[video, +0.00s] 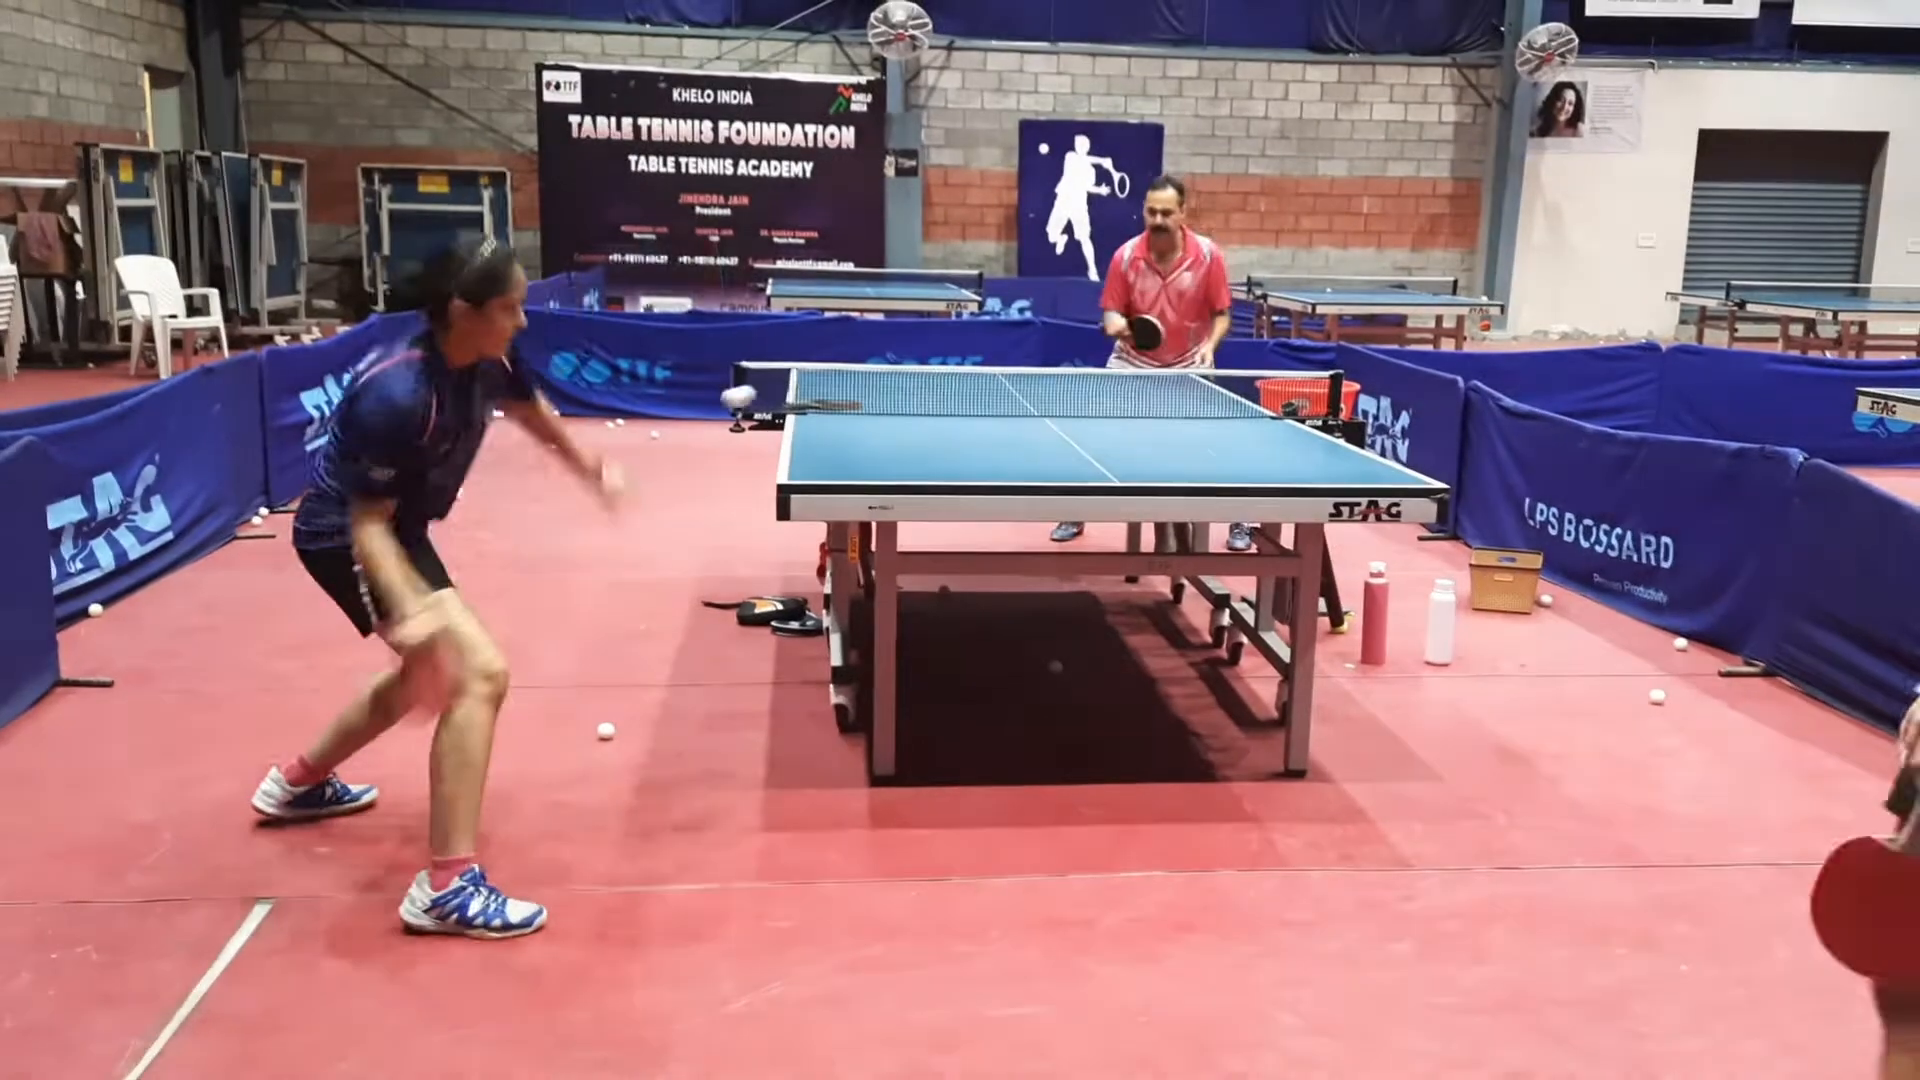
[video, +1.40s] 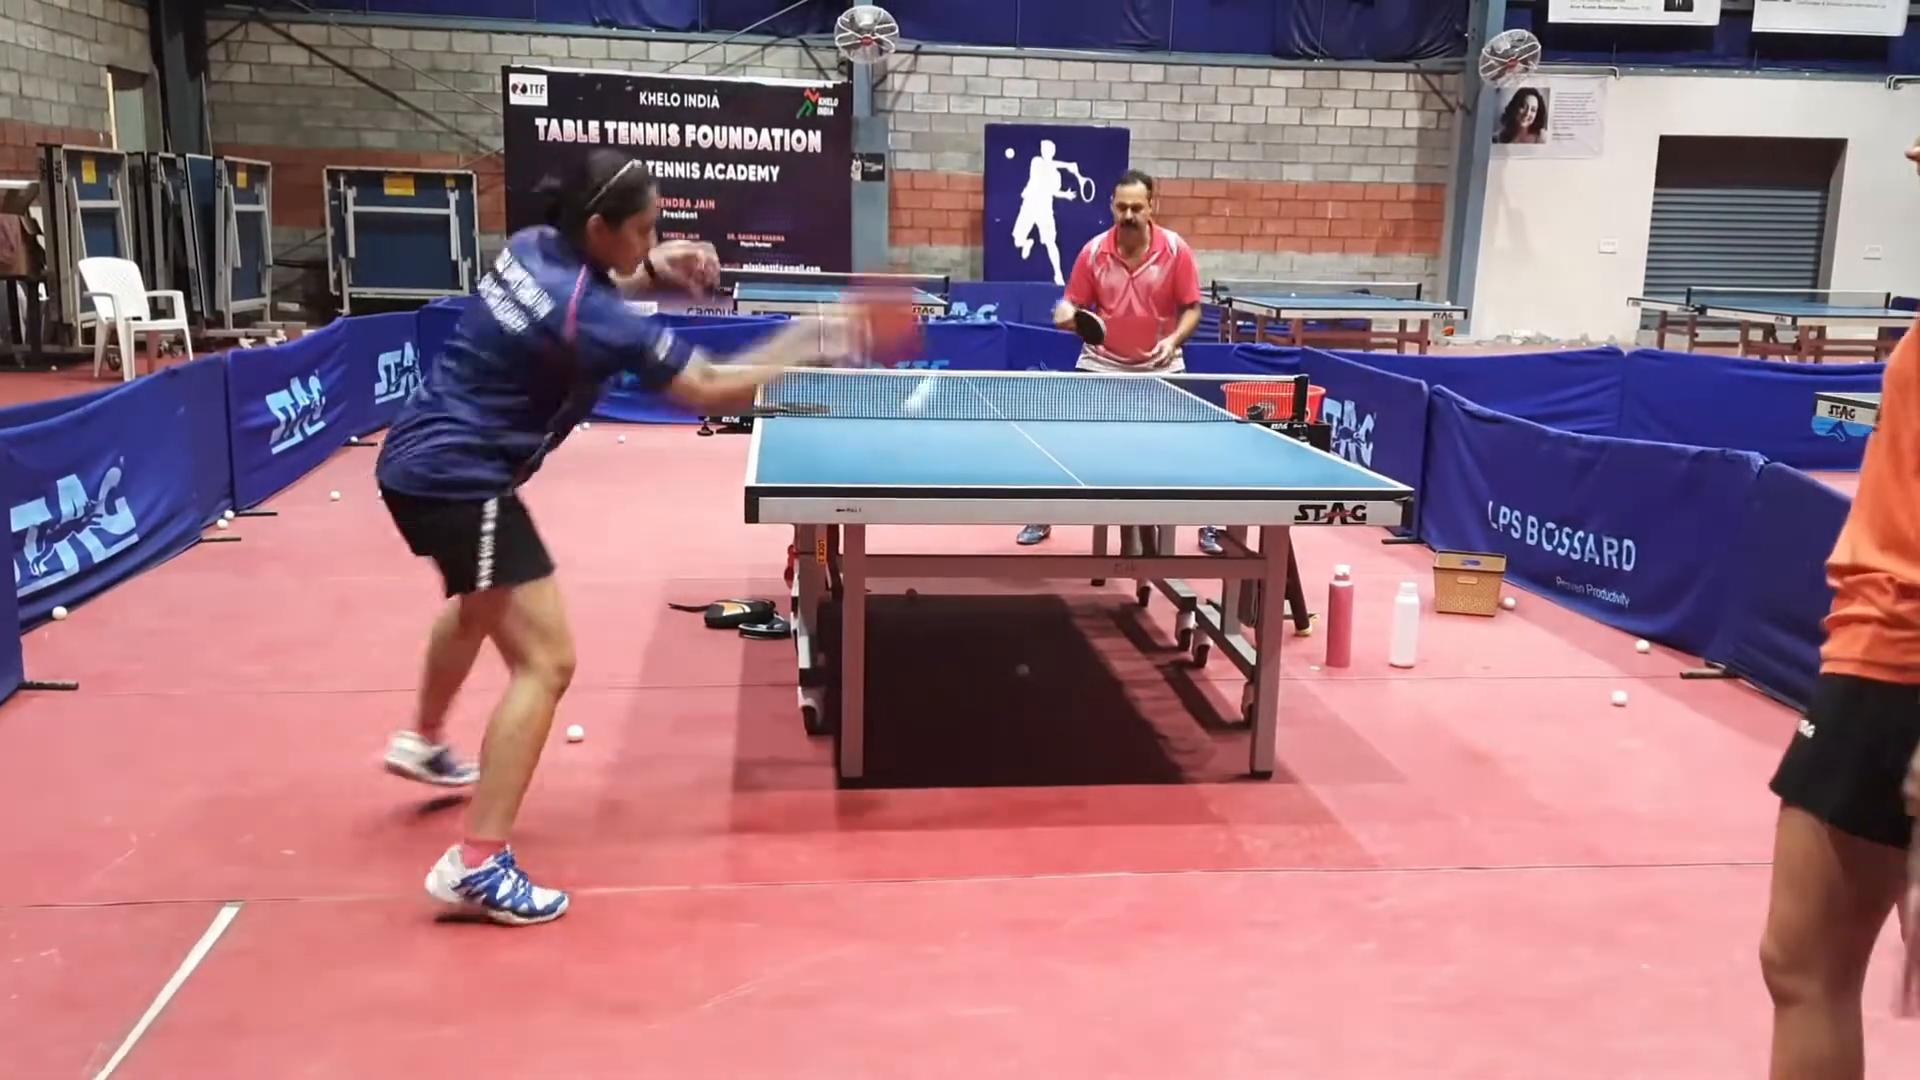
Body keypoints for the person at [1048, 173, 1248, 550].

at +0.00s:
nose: (1158, 221)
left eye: (1167, 213)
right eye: (1152, 213)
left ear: (1183, 214)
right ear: (1143, 213)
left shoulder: (1208, 255)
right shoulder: (1127, 255)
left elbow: (1223, 313)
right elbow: (1111, 313)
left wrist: (1210, 344)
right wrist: (1119, 327)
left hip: (1190, 367)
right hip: (1130, 364)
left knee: (1218, 435)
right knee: (1092, 428)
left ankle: (1239, 518)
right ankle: (1073, 512)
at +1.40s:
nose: (1129, 216)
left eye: (1137, 208)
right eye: (1122, 208)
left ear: (1152, 207)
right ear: (1112, 208)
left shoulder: (1175, 250)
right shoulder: (1094, 252)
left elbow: (1193, 308)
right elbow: (1071, 306)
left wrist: (1173, 339)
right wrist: (1071, 318)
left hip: (1160, 367)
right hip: (1099, 364)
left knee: (1189, 438)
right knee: (1062, 432)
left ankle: (1211, 521)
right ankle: (1039, 515)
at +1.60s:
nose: (1119, 225)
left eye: (1127, 217)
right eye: (1112, 217)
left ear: (1142, 216)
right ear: (1104, 215)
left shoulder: (1167, 257)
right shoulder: (1084, 259)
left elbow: (1179, 315)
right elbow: (1068, 316)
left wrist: (1162, 351)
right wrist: (1055, 335)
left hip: (1153, 365)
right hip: (1096, 362)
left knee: (1191, 431)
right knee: (1056, 428)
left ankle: (1207, 522)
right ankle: (1037, 515)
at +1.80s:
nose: (1114, 242)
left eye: (1122, 235)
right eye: (1107, 234)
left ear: (1134, 228)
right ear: (1095, 227)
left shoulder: (1155, 261)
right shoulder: (1074, 264)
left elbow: (1166, 315)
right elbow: (1052, 326)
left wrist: (1158, 358)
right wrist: (1068, 326)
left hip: (1135, 365)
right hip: (1076, 364)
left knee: (1169, 434)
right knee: (1046, 429)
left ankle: (1201, 520)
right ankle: (1032, 516)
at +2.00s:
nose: (1114, 229)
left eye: (1121, 221)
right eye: (1107, 221)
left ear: (1133, 217)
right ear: (1095, 217)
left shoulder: (1151, 256)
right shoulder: (1075, 257)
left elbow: (1156, 311)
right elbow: (1055, 316)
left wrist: (1152, 355)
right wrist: (1073, 323)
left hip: (1131, 366)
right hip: (1072, 364)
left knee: (1168, 435)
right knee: (1039, 429)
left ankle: (1198, 520)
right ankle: (1028, 514)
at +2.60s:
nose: (1109, 218)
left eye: (1117, 210)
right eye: (1102, 210)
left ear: (1132, 210)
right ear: (1092, 209)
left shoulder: (1156, 252)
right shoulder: (1074, 253)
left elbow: (1171, 309)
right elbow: (1055, 307)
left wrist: (1154, 338)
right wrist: (1061, 323)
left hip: (1139, 364)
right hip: (1080, 362)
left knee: (1173, 433)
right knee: (1042, 427)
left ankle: (1187, 519)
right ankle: (1020, 510)